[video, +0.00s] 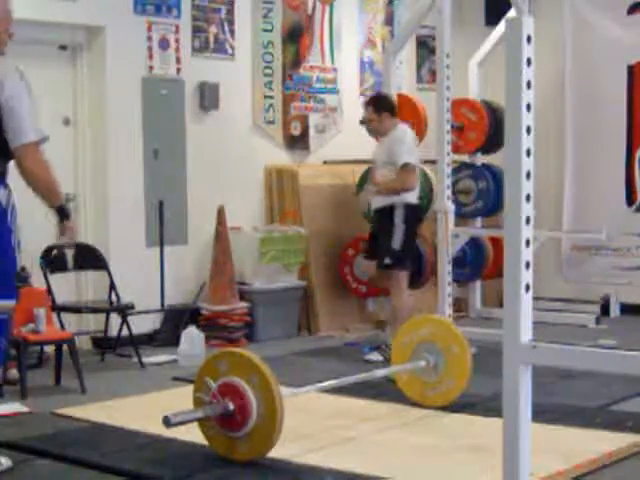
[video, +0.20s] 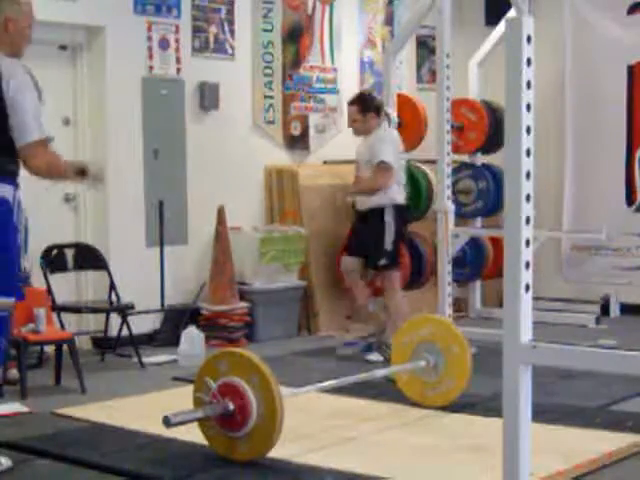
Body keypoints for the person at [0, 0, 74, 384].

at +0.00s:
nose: (11, 31)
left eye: (9, 22)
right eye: (7, 22)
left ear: (4, 27)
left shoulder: (10, 78)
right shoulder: (8, 78)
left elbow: (28, 155)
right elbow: (28, 157)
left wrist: (61, 207)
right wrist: (62, 208)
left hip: (5, 208)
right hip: (1, 209)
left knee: (10, 291)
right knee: (6, 294)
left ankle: (7, 360)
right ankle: (3, 365)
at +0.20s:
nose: (32, 28)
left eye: (32, 21)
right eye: (28, 21)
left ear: (8, 24)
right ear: (8, 24)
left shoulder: (14, 74)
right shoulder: (13, 75)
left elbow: (34, 155)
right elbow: (35, 158)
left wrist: (70, 169)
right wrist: (73, 170)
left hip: (8, 193)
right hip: (5, 195)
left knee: (12, 286)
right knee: (9, 289)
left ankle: (8, 365)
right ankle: (6, 367)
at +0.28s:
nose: (49, 44)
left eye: (50, 36)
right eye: (46, 35)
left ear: (20, 31)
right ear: (24, 32)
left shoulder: (12, 73)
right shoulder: (16, 76)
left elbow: (48, 157)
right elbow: (53, 160)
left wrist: (80, 132)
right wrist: (89, 126)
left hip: (7, 199)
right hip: (7, 201)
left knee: (11, 303)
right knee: (9, 306)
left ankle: (7, 401)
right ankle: (5, 404)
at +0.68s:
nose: (88, 53)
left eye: (88, 45)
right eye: (84, 45)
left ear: (48, 44)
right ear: (61, 43)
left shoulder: (11, 76)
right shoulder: (44, 80)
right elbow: (109, 128)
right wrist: (98, 74)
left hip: (8, 193)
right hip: (33, 197)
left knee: (35, 305)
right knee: (53, 313)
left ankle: (39, 407)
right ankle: (4, 399)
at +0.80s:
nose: (96, 51)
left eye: (95, 43)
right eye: (92, 43)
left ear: (58, 40)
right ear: (72, 41)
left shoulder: (21, 75)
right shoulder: (54, 76)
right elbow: (114, 126)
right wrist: (106, 72)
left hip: (12, 192)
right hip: (45, 194)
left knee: (43, 301)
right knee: (87, 304)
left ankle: (42, 404)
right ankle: (15, 389)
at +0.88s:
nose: (112, 52)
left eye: (112, 44)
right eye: (109, 44)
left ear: (75, 41)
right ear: (88, 42)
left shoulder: (38, 74)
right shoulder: (69, 76)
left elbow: (35, 140)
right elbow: (118, 130)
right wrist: (120, 77)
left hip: (27, 194)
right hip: (61, 195)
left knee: (47, 301)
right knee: (118, 293)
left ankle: (42, 402)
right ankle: (72, 392)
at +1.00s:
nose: (128, 58)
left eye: (129, 50)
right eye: (125, 49)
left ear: (94, 44)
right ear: (103, 44)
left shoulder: (57, 76)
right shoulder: (89, 78)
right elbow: (112, 143)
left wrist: (129, 114)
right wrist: (139, 106)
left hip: (43, 194)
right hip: (78, 196)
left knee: (53, 304)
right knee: (137, 294)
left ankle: (42, 406)